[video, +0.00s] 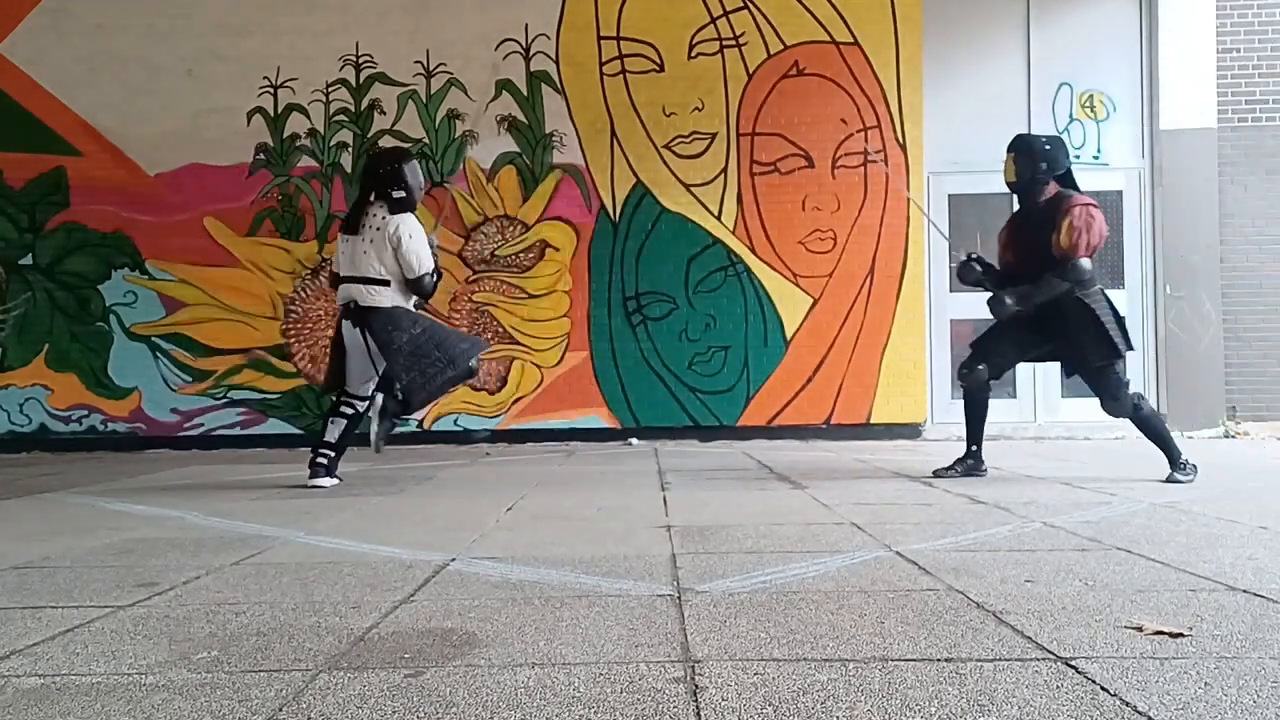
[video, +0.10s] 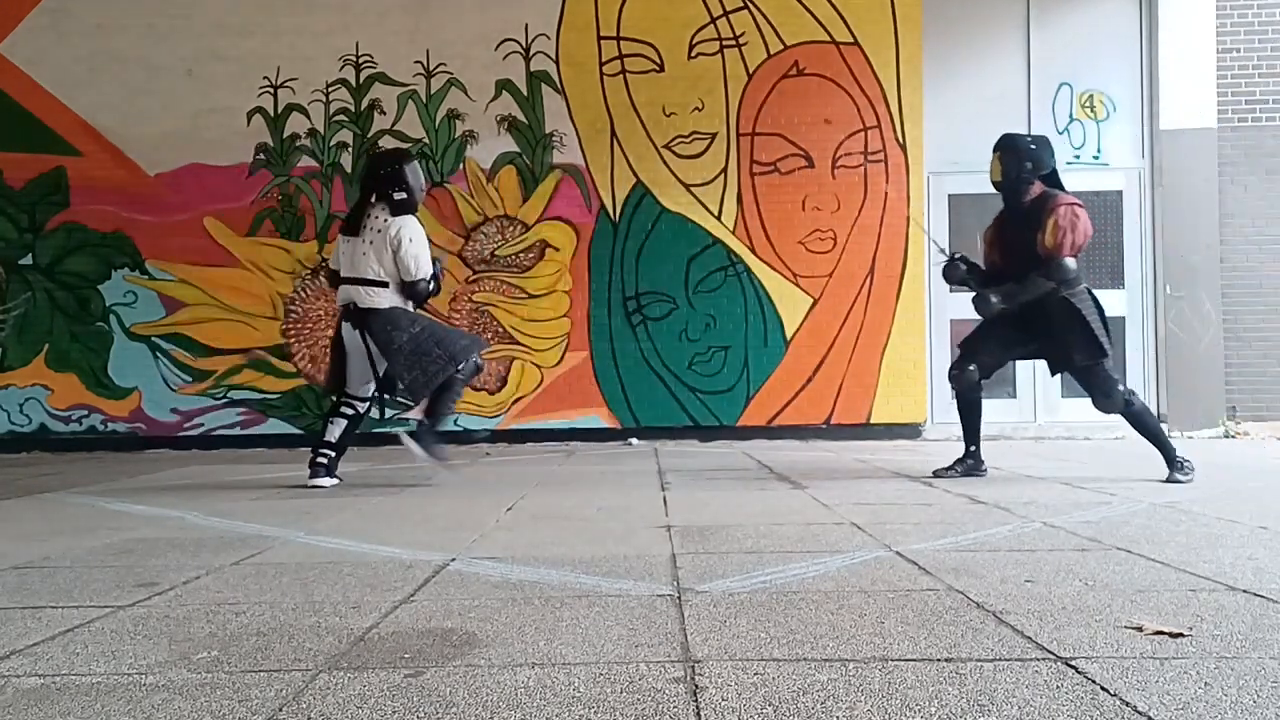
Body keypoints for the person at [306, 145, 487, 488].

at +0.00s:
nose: (419, 185)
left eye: (416, 176)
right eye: (414, 177)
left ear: (371, 183)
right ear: (401, 183)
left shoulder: (353, 220)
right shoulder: (403, 221)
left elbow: (337, 277)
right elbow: (424, 286)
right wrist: (435, 261)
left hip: (351, 317)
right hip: (390, 318)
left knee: (354, 395)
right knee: (454, 364)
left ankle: (321, 468)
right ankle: (394, 407)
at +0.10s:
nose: (422, 185)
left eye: (419, 176)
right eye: (415, 177)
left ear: (373, 185)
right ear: (401, 184)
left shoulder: (353, 220)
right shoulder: (404, 224)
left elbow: (334, 275)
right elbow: (419, 290)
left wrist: (373, 276)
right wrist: (436, 275)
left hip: (351, 321)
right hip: (390, 320)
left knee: (355, 395)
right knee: (467, 354)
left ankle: (321, 468)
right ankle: (430, 430)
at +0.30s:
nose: (438, 189)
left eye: (435, 182)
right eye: (432, 182)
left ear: (391, 190)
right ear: (418, 191)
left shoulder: (372, 226)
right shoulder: (421, 232)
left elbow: (353, 281)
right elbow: (435, 295)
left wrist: (380, 306)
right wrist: (454, 322)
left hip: (374, 330)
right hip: (411, 333)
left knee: (365, 404)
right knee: (478, 379)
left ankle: (323, 468)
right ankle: (508, 460)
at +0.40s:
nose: (458, 194)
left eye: (455, 186)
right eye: (452, 187)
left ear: (411, 195)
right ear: (439, 194)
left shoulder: (393, 232)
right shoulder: (441, 235)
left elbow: (375, 284)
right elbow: (454, 299)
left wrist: (410, 305)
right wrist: (476, 323)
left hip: (397, 331)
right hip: (434, 333)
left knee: (377, 404)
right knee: (506, 375)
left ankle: (327, 466)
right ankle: (518, 461)